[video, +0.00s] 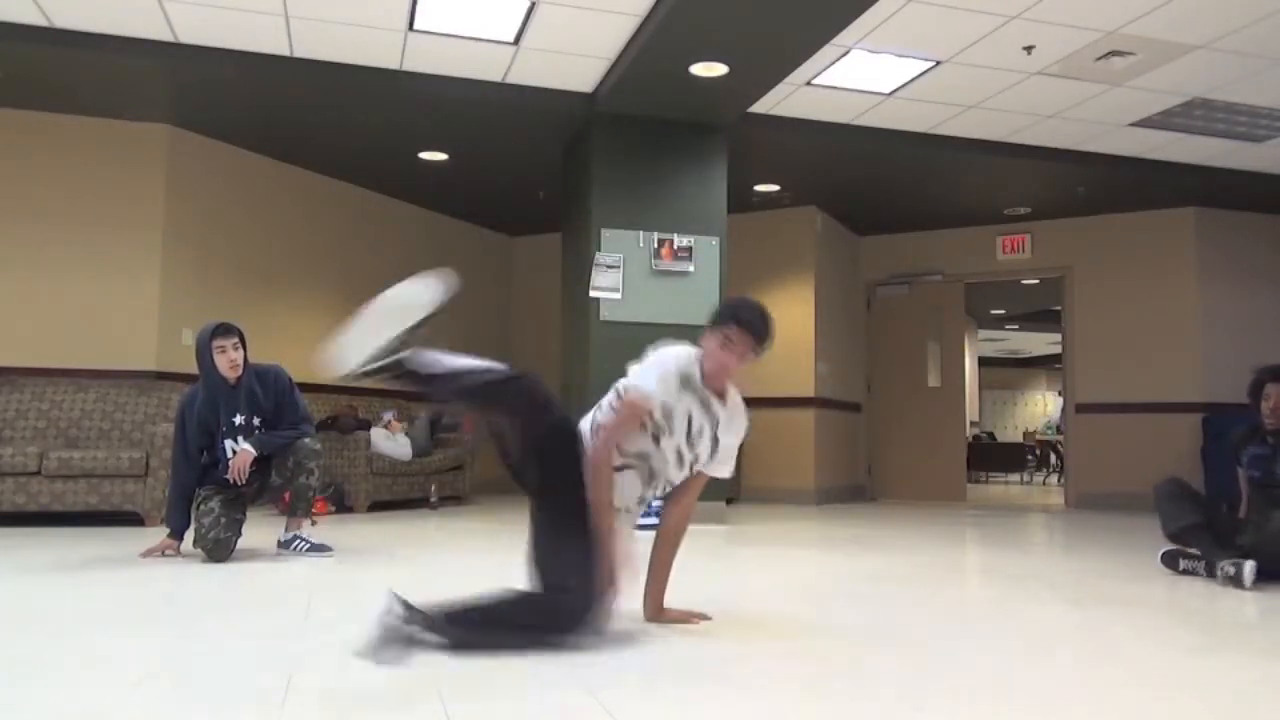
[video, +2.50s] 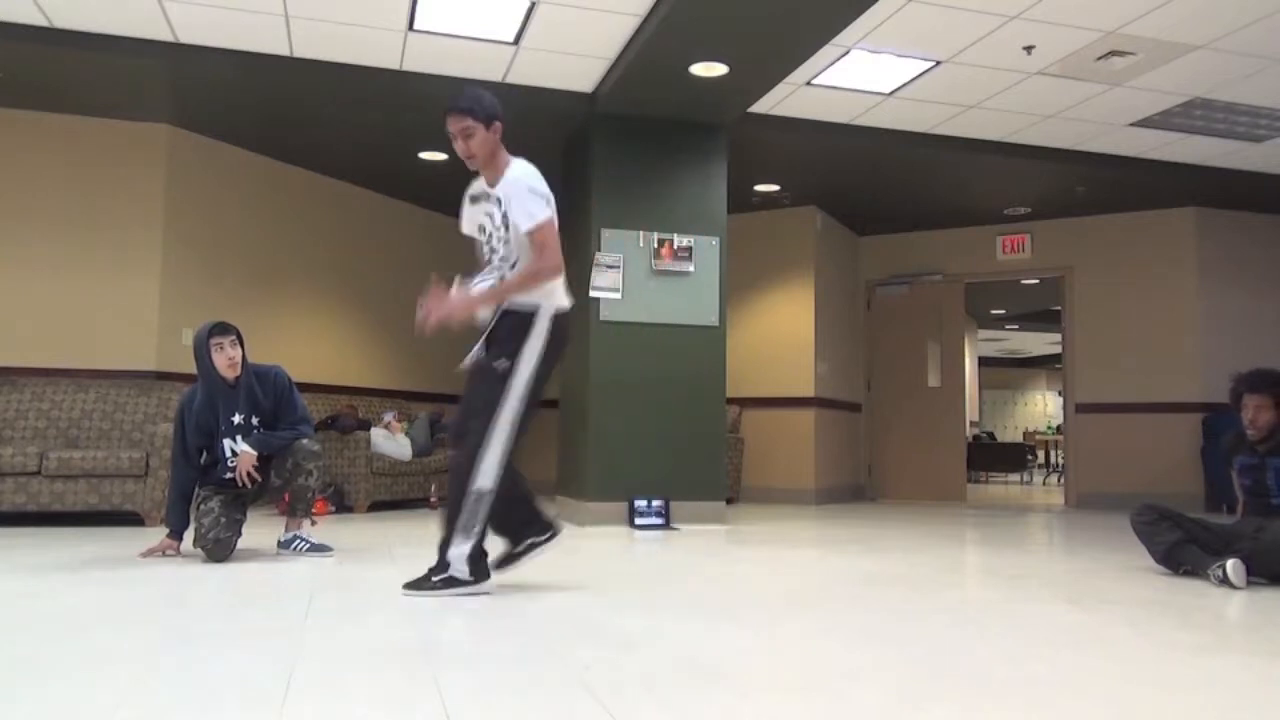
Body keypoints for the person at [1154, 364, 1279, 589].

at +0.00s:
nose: (1272, 407)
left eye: (1278, 400)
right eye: (1267, 399)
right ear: (1257, 403)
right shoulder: (1247, 442)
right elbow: (1245, 498)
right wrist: (1239, 528)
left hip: (1271, 530)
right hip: (1245, 527)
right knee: (1169, 489)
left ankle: (1212, 563)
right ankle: (1223, 560)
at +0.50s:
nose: (1246, 418)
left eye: (1257, 409)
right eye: (1239, 408)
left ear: (1274, 412)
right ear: (1232, 410)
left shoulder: (1274, 450)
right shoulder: (1228, 449)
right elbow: (1237, 502)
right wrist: (1238, 527)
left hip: (1269, 538)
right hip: (1236, 533)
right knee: (1146, 512)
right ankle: (1209, 567)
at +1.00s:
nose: (1249, 419)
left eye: (1260, 410)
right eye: (1243, 410)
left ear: (1276, 413)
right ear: (1235, 412)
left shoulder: (1275, 452)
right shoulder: (1232, 451)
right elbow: (1240, 503)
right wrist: (1237, 527)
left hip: (1270, 538)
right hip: (1237, 533)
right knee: (1145, 513)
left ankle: (1194, 561)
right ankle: (1209, 567)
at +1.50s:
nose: (1257, 415)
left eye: (1268, 407)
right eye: (1251, 406)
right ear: (1244, 409)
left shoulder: (1275, 451)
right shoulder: (1239, 449)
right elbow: (1243, 501)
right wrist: (1239, 529)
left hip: (1271, 536)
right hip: (1240, 531)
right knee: (1145, 513)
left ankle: (1194, 561)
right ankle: (1210, 567)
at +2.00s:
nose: (1255, 416)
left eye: (1267, 407)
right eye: (1249, 406)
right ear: (1242, 409)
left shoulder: (1275, 451)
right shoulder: (1239, 449)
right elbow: (1243, 500)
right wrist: (1239, 530)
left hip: (1270, 535)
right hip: (1239, 533)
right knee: (1145, 514)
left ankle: (1198, 562)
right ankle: (1210, 566)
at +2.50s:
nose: (1250, 417)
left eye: (1261, 409)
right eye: (1246, 408)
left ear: (1277, 412)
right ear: (1238, 411)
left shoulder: (1275, 451)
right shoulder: (1237, 450)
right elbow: (1243, 501)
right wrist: (1237, 532)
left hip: (1271, 536)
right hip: (1240, 534)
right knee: (1144, 514)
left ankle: (1198, 562)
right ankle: (1210, 566)